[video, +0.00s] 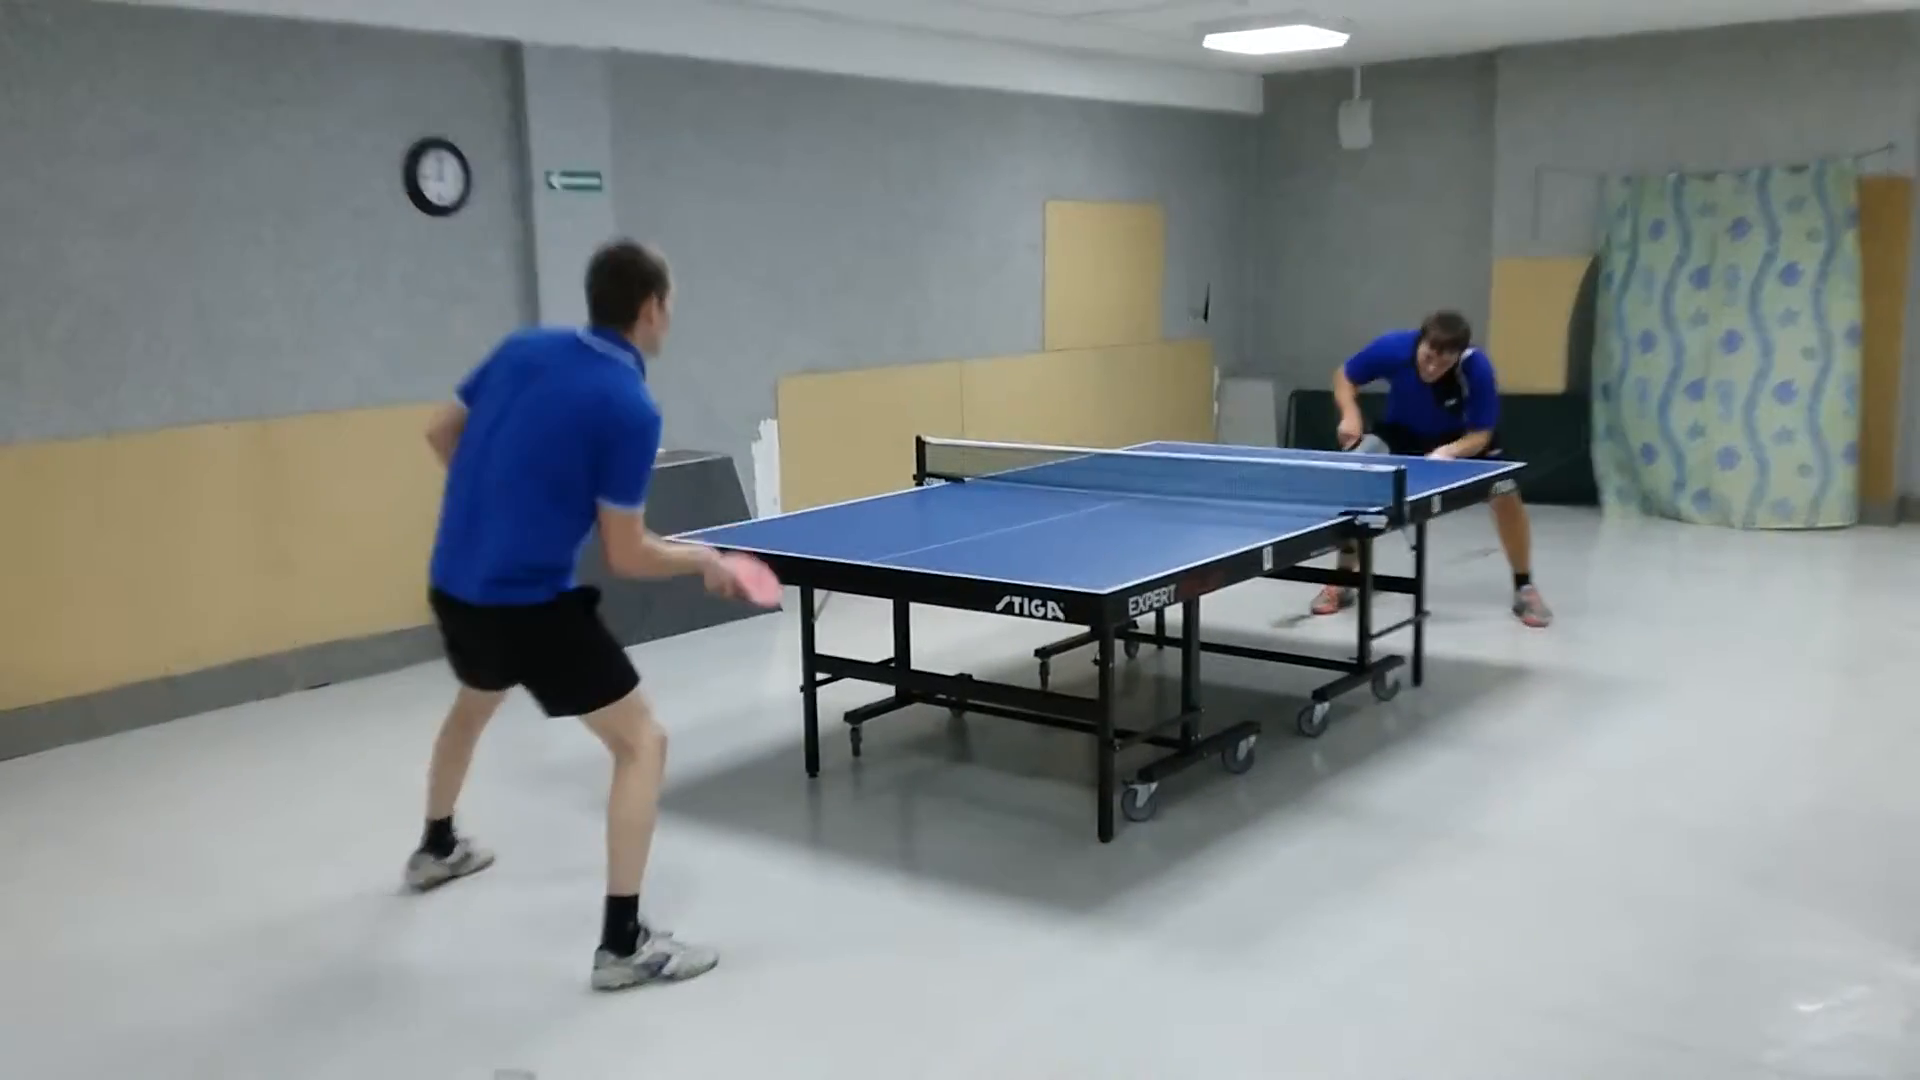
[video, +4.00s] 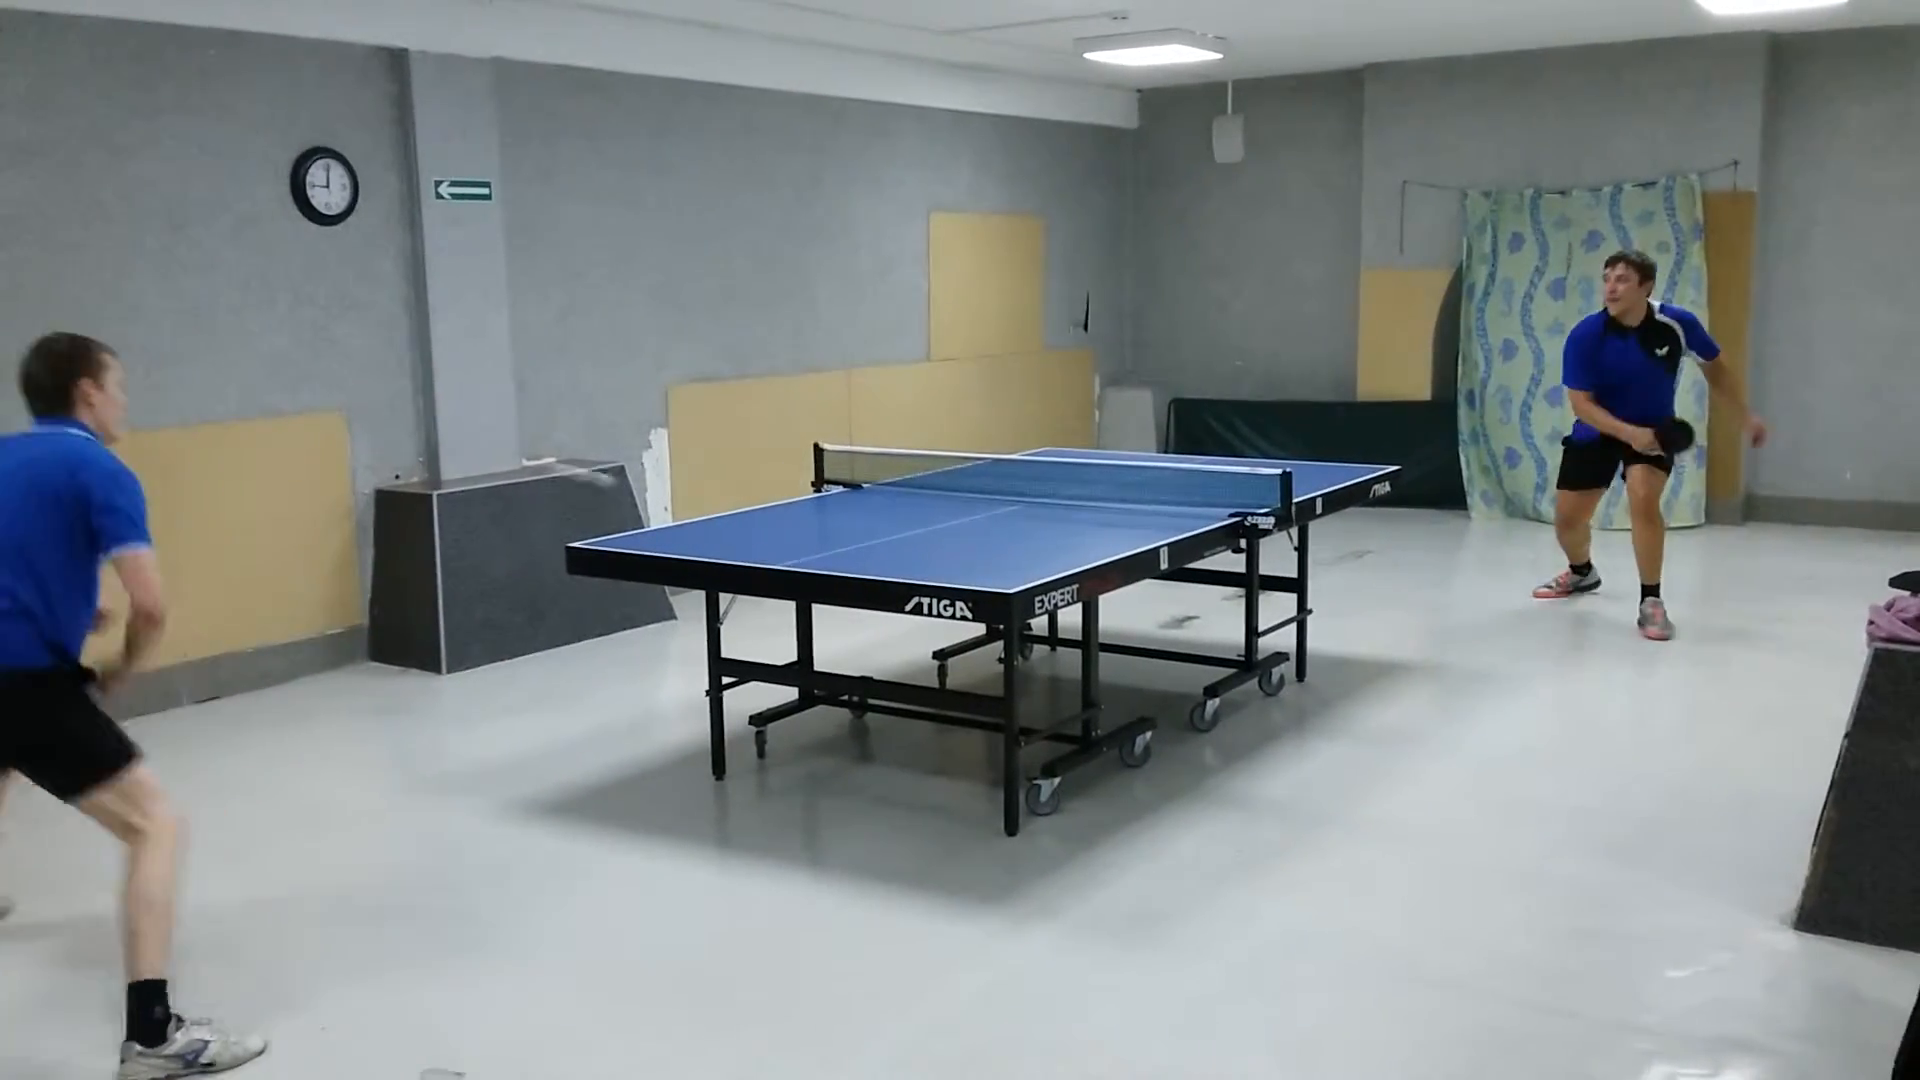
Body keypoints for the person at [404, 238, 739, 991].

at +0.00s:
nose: (669, 318)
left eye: (666, 304)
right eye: (667, 305)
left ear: (596, 303)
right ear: (650, 311)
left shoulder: (526, 348)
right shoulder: (628, 407)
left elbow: (442, 429)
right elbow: (627, 556)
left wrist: (497, 495)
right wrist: (702, 560)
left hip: (456, 582)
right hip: (534, 600)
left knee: (478, 696)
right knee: (641, 742)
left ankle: (435, 846)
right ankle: (623, 942)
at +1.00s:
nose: (599, 373)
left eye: (597, 360)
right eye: (597, 361)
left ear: (528, 359)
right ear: (576, 364)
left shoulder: (458, 399)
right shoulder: (553, 440)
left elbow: (372, 481)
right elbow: (543, 578)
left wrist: (442, 529)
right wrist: (616, 589)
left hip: (367, 603)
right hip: (437, 616)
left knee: (410, 726)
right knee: (542, 764)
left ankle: (363, 880)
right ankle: (560, 965)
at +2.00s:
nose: (360, 220)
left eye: (354, 206)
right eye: (353, 207)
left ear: (275, 218)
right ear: (330, 216)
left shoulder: (212, 291)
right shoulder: (363, 292)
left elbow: (91, 359)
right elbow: (510, 319)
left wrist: (73, 408)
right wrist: (647, 308)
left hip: (237, 555)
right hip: (338, 551)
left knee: (266, 683)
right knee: (430, 721)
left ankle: (212, 856)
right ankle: (447, 920)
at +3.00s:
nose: (110, 423)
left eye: (104, 409)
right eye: (103, 409)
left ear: (28, 421)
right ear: (79, 414)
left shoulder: (7, 469)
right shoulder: (102, 481)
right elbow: (268, 513)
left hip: (2, 710)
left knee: (46, 857)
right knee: (55, 858)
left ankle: (146, 1055)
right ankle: (150, 1059)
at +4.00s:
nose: (122, 404)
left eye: (118, 388)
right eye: (115, 389)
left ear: (47, 396)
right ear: (86, 393)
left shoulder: (11, 454)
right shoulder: (98, 469)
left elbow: (19, 570)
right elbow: (146, 607)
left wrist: (76, 624)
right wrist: (119, 675)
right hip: (27, 682)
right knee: (153, 822)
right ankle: (149, 1032)